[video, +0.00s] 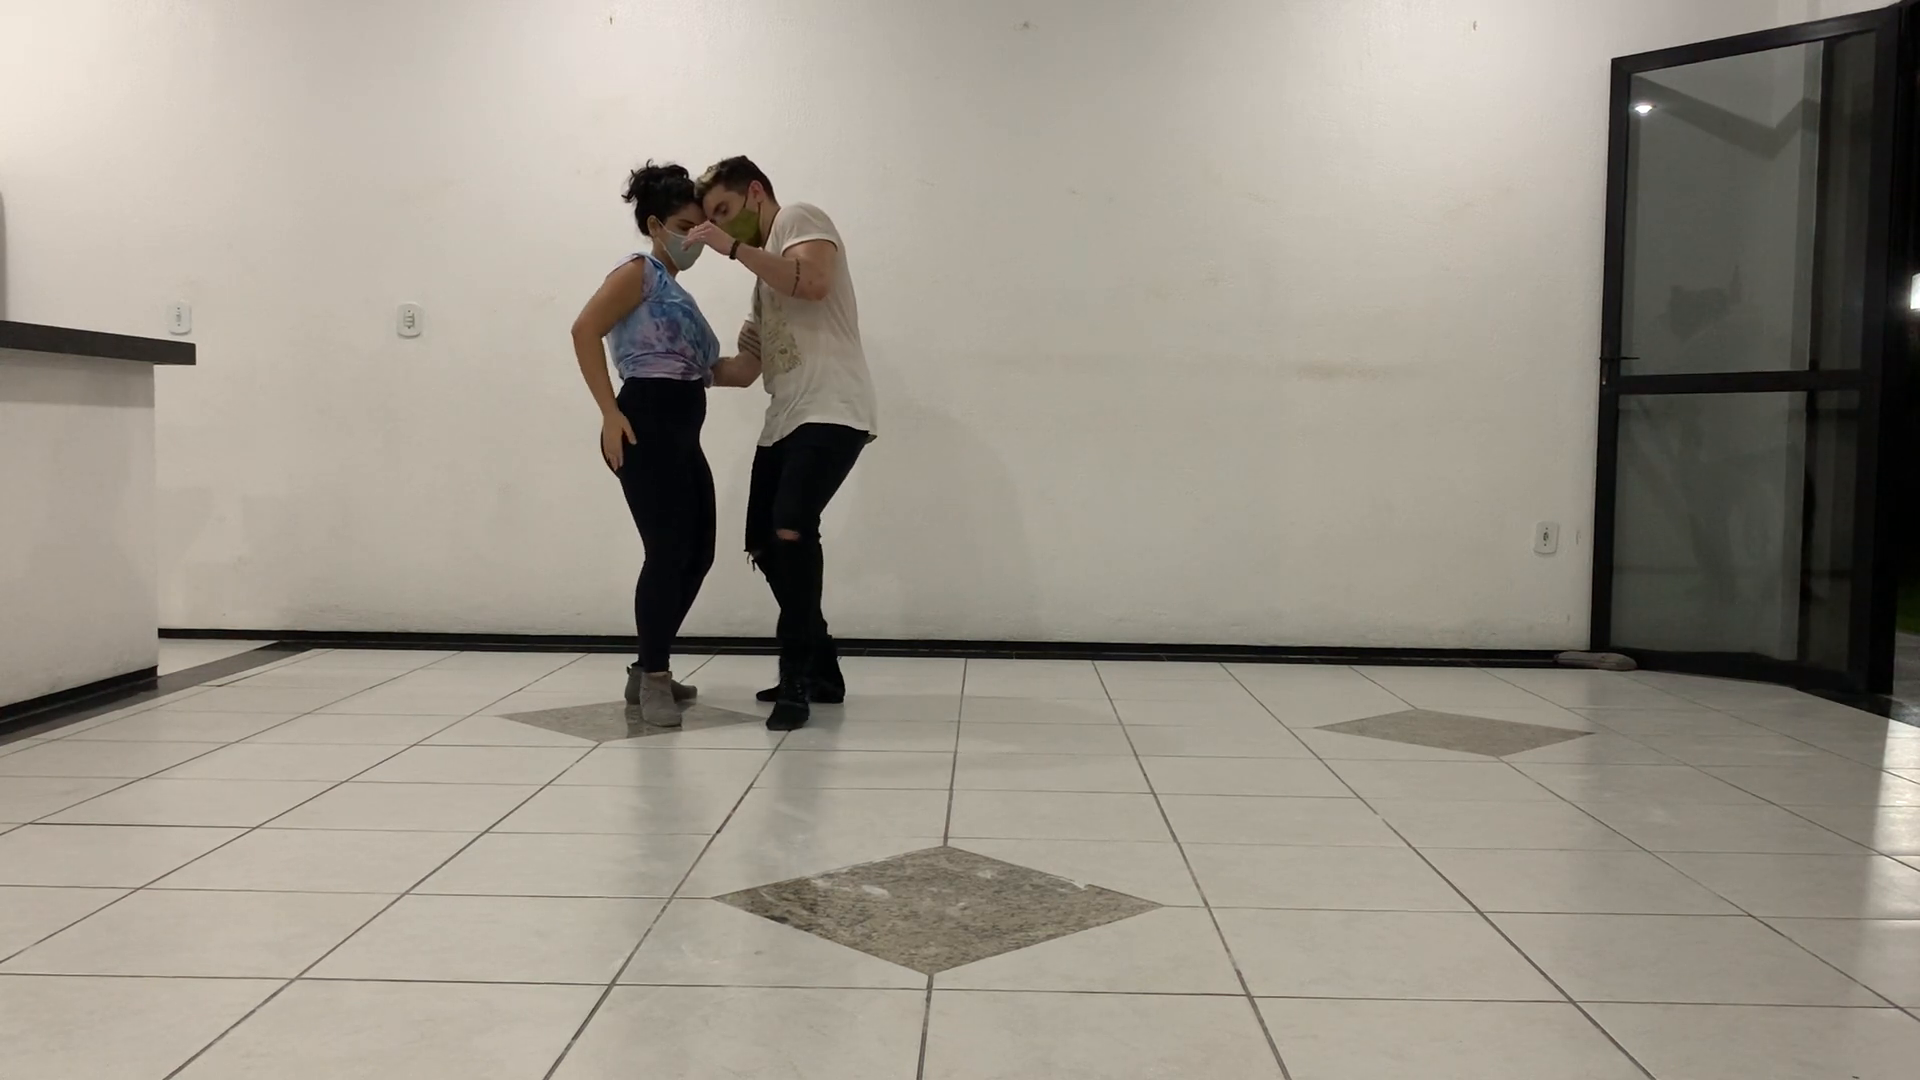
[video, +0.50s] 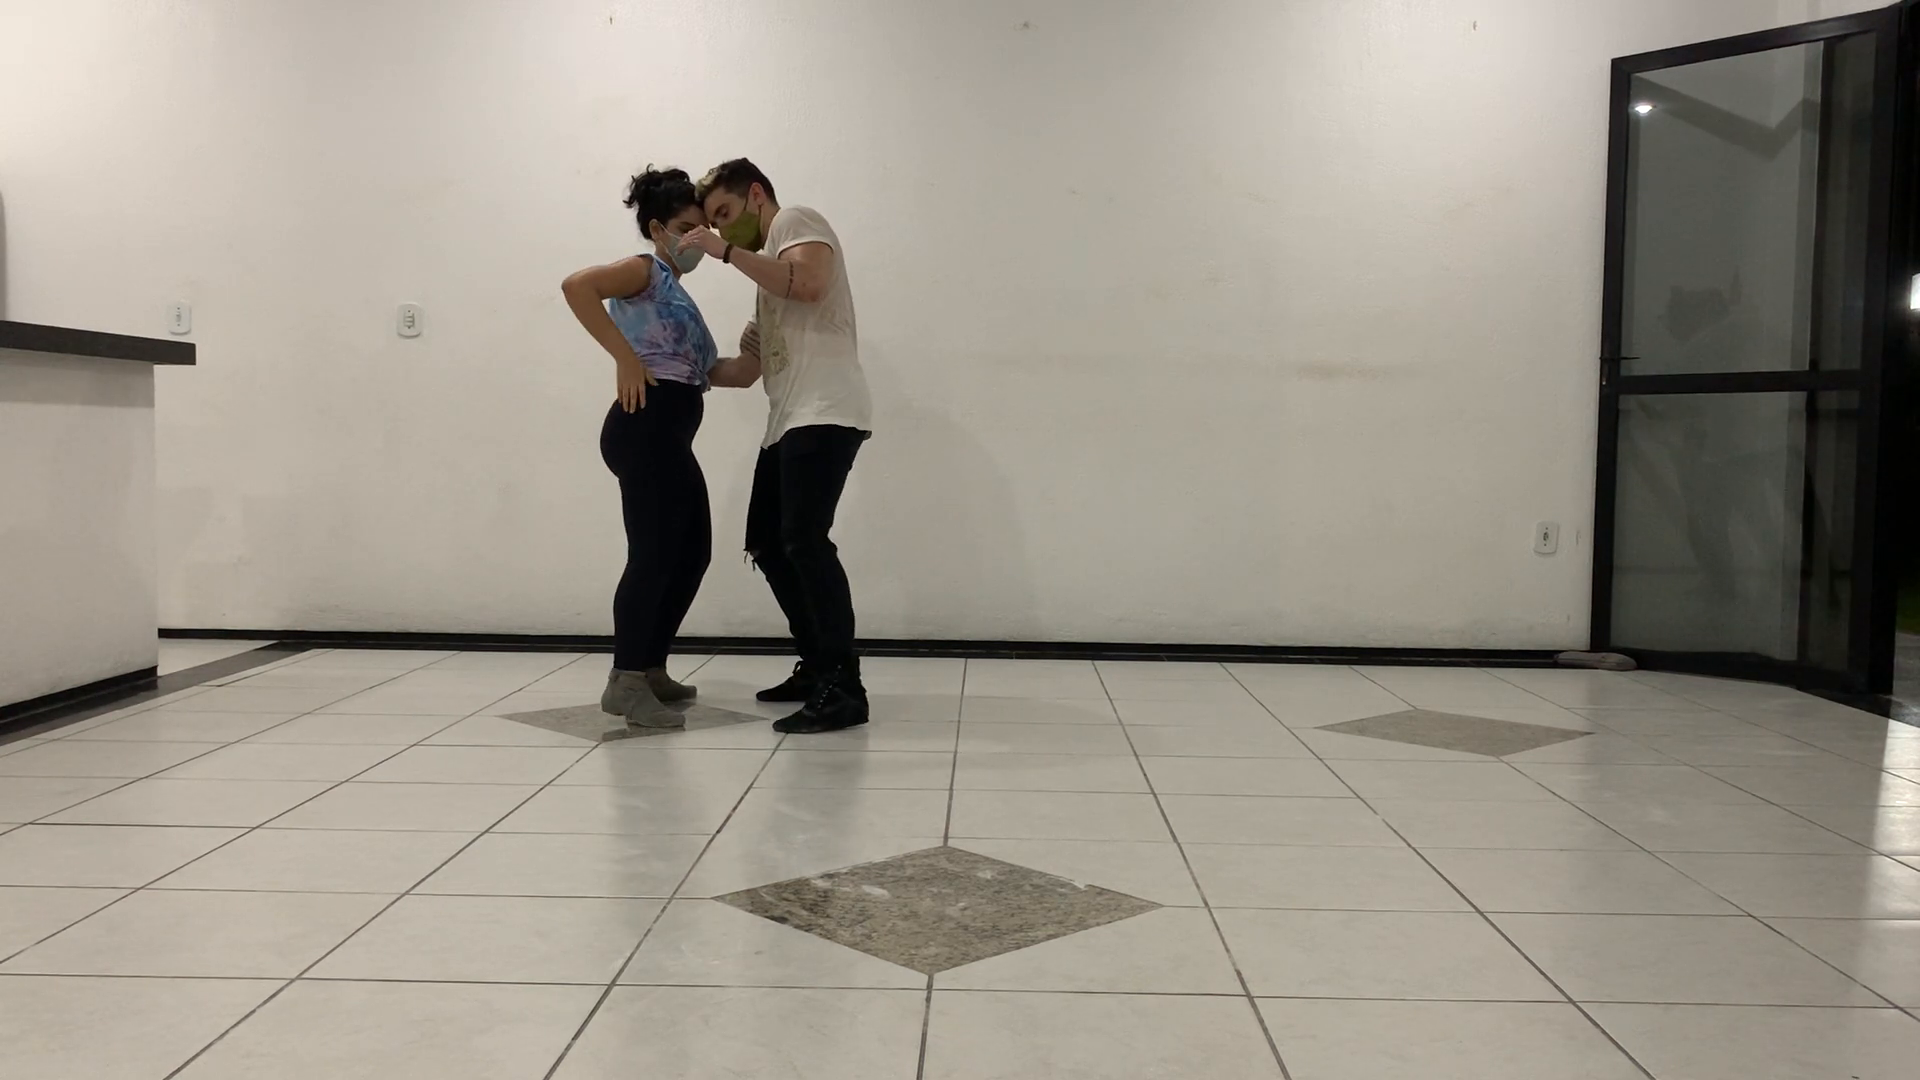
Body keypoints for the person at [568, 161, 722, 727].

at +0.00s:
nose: (696, 237)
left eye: (700, 225)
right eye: (685, 225)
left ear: (697, 227)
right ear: (654, 226)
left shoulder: (671, 289)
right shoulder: (638, 273)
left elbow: (701, 370)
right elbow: (584, 331)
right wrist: (610, 411)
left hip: (680, 428)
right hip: (648, 426)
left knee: (698, 551)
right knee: (669, 550)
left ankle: (652, 668)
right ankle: (651, 678)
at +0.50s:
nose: (695, 238)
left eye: (700, 227)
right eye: (683, 228)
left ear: (705, 229)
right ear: (655, 230)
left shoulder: (675, 298)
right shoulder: (645, 270)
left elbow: (733, 373)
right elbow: (577, 287)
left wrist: (757, 354)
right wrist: (624, 357)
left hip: (670, 427)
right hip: (643, 424)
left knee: (693, 551)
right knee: (656, 550)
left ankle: (649, 667)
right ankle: (627, 678)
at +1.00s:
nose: (700, 237)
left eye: (704, 226)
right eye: (691, 224)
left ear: (700, 230)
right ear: (658, 220)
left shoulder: (680, 296)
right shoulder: (638, 265)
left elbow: (720, 371)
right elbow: (580, 296)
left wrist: (758, 348)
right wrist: (631, 247)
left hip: (671, 426)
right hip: (641, 422)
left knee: (688, 552)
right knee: (669, 551)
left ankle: (652, 670)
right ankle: (645, 679)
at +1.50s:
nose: (702, 233)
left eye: (706, 223)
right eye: (692, 222)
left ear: (705, 226)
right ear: (665, 223)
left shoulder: (679, 287)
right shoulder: (640, 266)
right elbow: (617, 332)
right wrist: (620, 263)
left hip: (670, 426)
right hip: (643, 422)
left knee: (684, 549)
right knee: (672, 550)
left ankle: (652, 670)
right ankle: (648, 679)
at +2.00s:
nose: (712, 219)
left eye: (716, 206)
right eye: (698, 206)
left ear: (718, 203)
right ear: (666, 207)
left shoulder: (699, 274)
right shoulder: (646, 272)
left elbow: (705, 346)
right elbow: (622, 358)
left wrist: (748, 330)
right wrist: (606, 343)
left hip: (680, 423)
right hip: (645, 421)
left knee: (690, 544)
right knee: (675, 543)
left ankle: (652, 665)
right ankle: (654, 672)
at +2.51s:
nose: (698, 203)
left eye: (698, 192)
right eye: (689, 191)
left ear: (670, 194)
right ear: (653, 191)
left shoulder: (657, 257)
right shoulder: (625, 248)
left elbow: (688, 346)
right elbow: (585, 325)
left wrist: (741, 311)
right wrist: (633, 409)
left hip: (659, 413)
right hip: (636, 415)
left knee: (678, 548)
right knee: (681, 548)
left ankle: (648, 668)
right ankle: (636, 685)